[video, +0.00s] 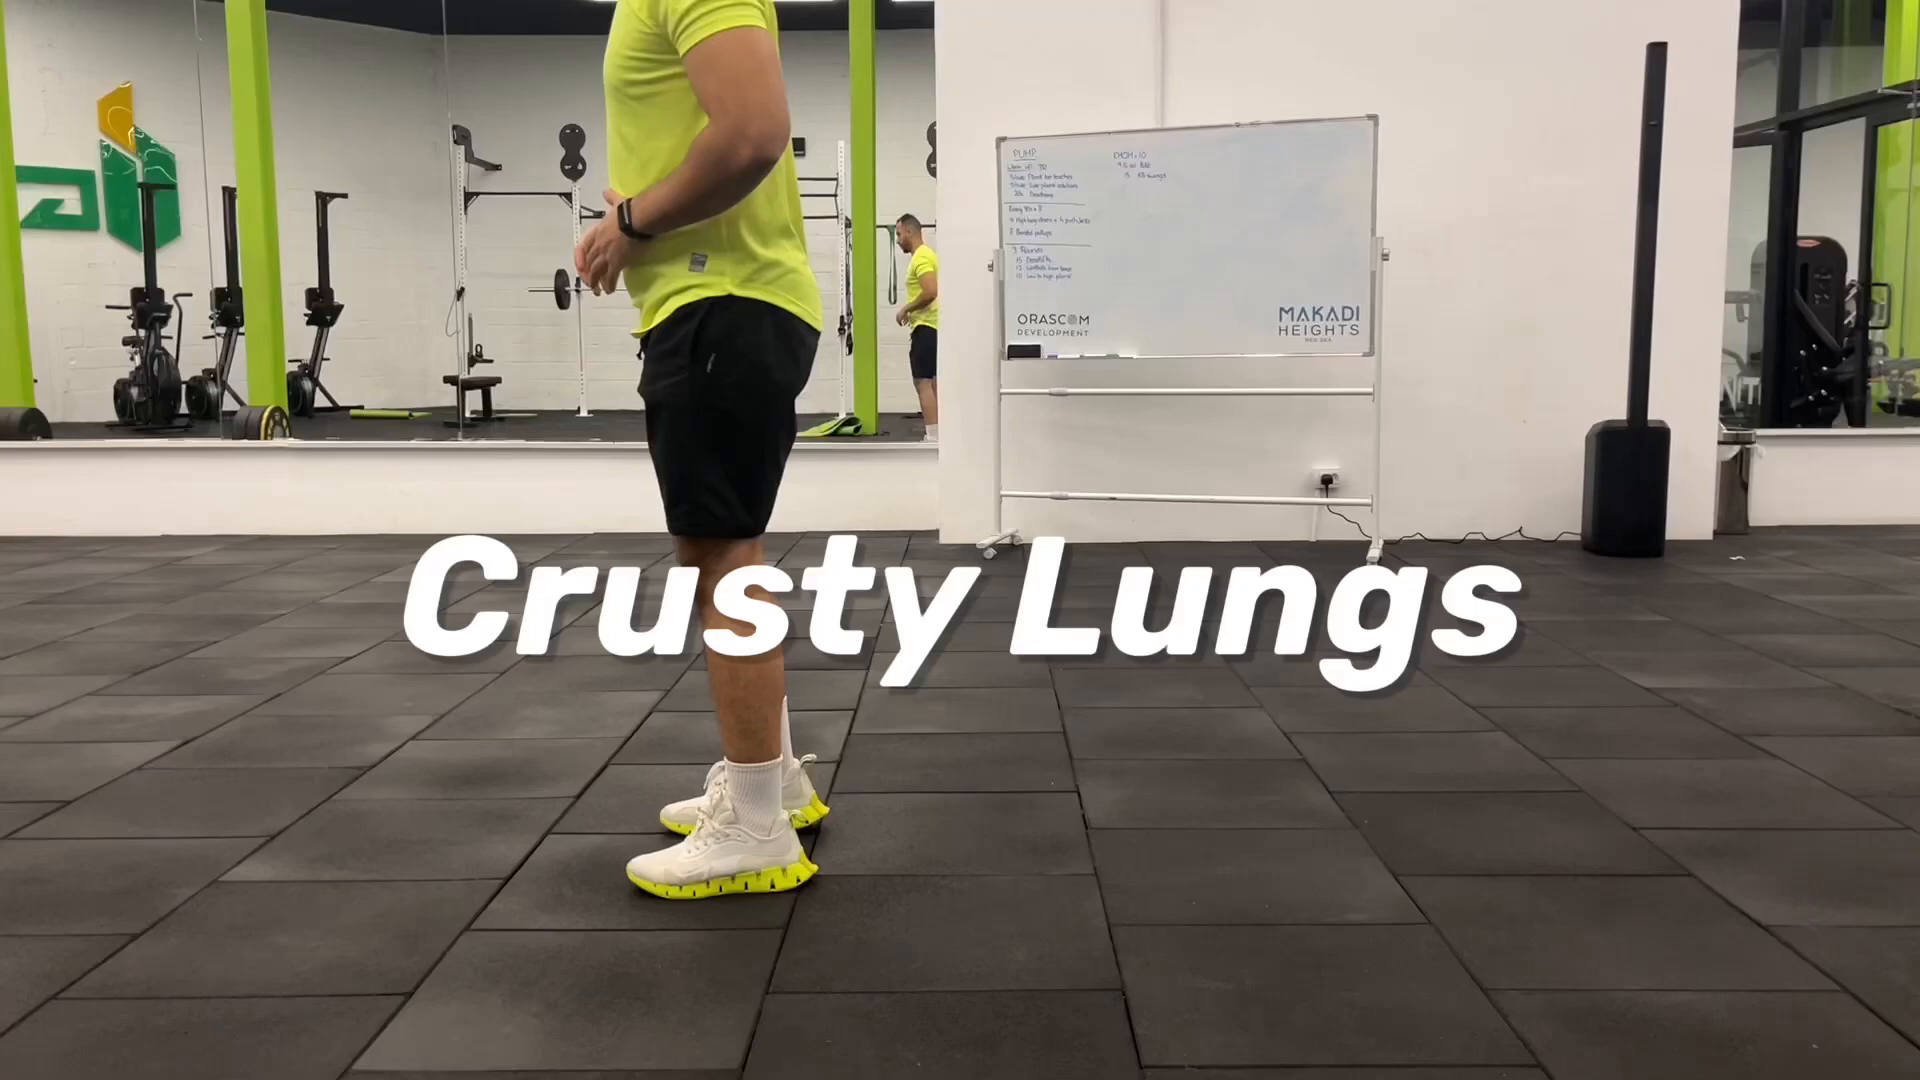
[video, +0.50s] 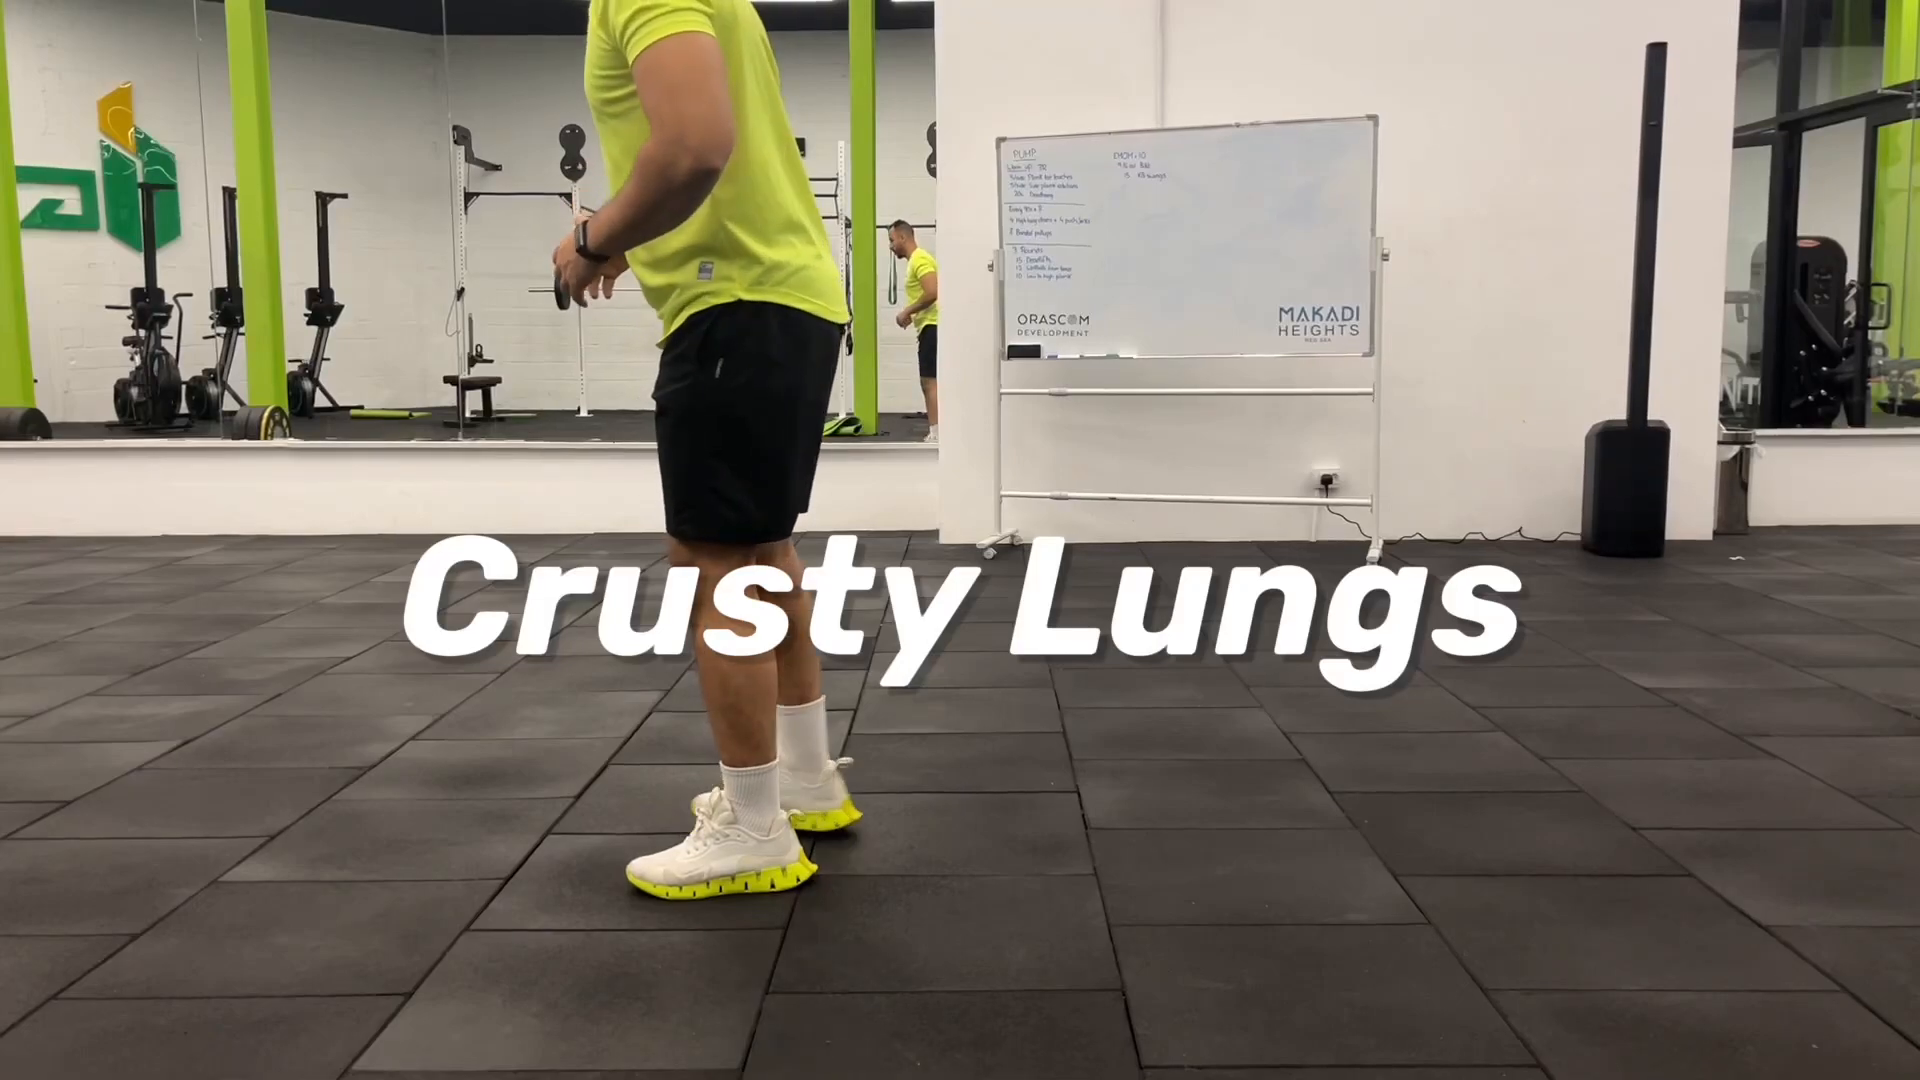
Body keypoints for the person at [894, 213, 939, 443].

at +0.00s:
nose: (898, 240)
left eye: (898, 234)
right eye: (897, 235)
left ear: (907, 231)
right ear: (914, 231)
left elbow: (930, 291)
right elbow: (929, 292)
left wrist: (906, 308)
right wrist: (909, 309)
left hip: (925, 327)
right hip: (930, 325)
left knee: (924, 384)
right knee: (933, 384)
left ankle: (932, 437)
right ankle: (937, 435)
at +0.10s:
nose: (897, 239)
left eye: (898, 234)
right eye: (897, 234)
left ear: (907, 231)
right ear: (913, 231)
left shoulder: (922, 256)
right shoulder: (925, 254)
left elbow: (929, 292)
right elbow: (928, 292)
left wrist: (905, 307)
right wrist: (908, 308)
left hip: (925, 327)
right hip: (927, 325)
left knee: (923, 383)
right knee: (932, 383)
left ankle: (932, 437)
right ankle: (936, 435)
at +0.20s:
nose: (897, 240)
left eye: (898, 234)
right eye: (896, 235)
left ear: (908, 232)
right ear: (913, 231)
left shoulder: (921, 257)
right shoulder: (925, 255)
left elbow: (929, 292)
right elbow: (928, 292)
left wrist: (905, 307)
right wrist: (907, 307)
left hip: (925, 327)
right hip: (928, 325)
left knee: (923, 382)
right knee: (932, 382)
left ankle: (932, 436)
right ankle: (936, 435)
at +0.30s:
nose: (896, 242)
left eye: (896, 236)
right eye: (895, 237)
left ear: (906, 234)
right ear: (911, 233)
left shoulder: (921, 258)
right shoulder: (923, 256)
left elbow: (930, 292)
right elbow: (928, 293)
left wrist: (906, 309)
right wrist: (908, 306)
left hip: (927, 327)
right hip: (928, 325)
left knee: (925, 383)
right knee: (930, 383)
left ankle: (932, 436)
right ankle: (935, 435)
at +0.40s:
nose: (894, 244)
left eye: (895, 238)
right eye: (893, 239)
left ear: (904, 235)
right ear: (908, 235)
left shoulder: (921, 258)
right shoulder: (918, 258)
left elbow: (931, 292)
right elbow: (929, 292)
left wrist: (906, 311)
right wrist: (908, 310)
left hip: (930, 326)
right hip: (925, 325)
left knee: (928, 382)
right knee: (928, 382)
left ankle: (934, 434)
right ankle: (933, 433)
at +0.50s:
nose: (891, 246)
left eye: (892, 240)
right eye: (890, 241)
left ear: (903, 237)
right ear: (905, 237)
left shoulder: (920, 259)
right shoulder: (916, 260)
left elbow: (931, 292)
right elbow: (928, 293)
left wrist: (908, 311)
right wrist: (908, 313)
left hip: (932, 326)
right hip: (927, 326)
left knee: (930, 382)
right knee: (928, 382)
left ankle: (936, 431)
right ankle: (935, 431)